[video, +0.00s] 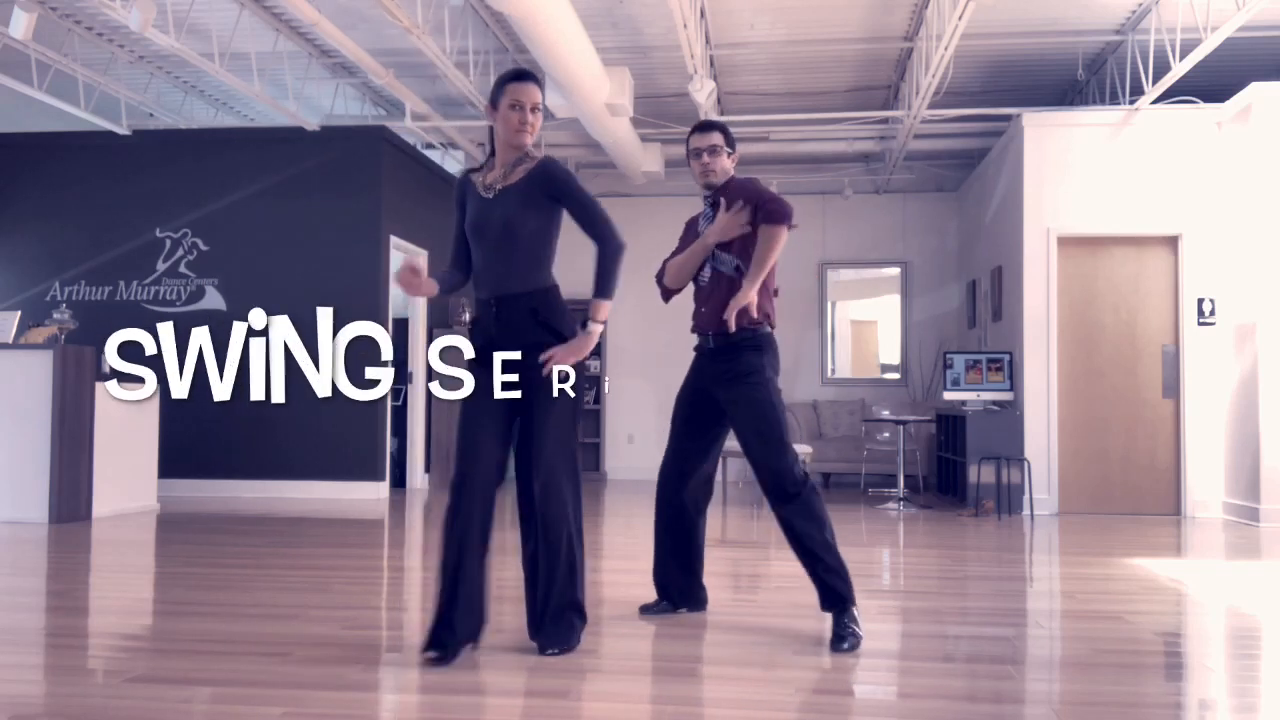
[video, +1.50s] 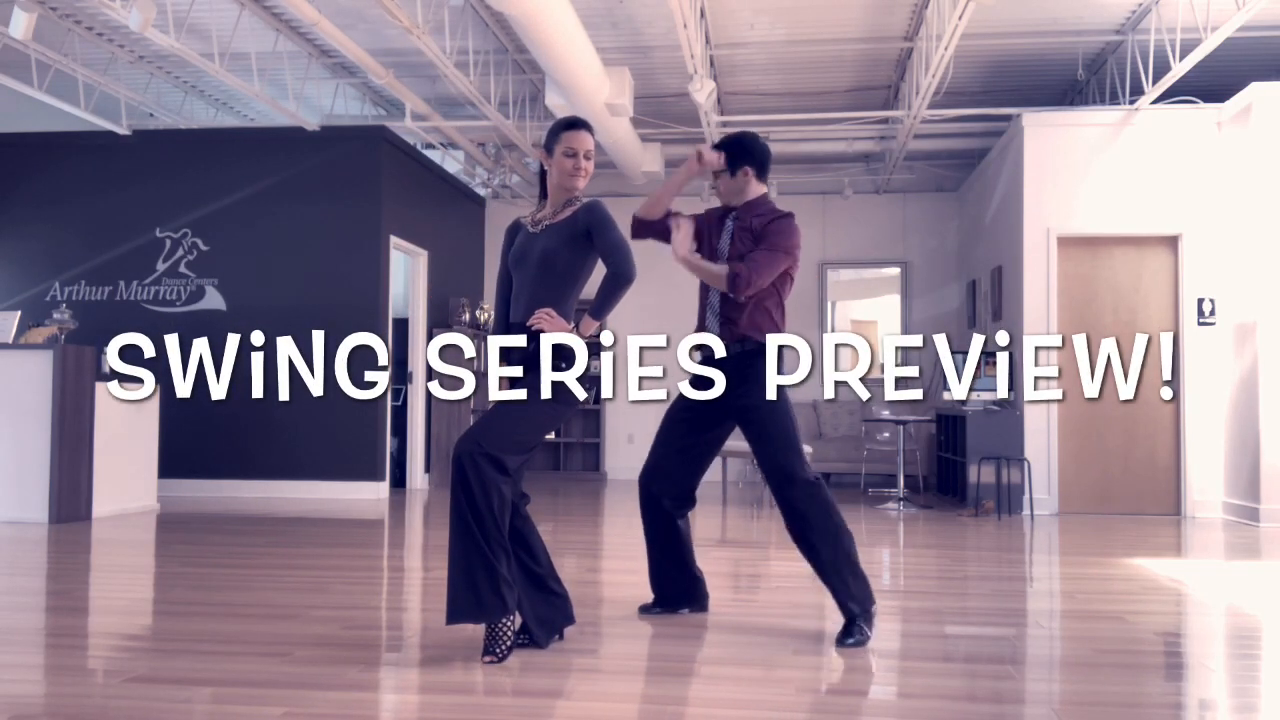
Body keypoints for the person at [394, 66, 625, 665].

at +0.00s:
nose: (528, 118)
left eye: (536, 110)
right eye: (517, 108)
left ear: (543, 119)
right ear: (492, 114)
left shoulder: (550, 174)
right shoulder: (470, 184)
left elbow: (610, 241)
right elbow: (459, 270)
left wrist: (590, 332)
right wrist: (432, 284)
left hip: (547, 333)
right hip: (487, 335)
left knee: (546, 481)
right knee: (473, 482)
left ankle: (558, 625)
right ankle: (455, 628)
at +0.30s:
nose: (555, 139)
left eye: (563, 129)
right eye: (543, 129)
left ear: (571, 138)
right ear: (521, 137)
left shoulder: (576, 186)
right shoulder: (501, 209)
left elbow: (634, 247)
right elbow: (484, 298)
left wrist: (598, 308)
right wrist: (483, 379)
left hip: (561, 353)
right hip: (508, 356)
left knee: (520, 475)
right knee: (506, 480)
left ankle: (563, 611)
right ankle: (545, 611)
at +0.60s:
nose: (571, 154)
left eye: (579, 146)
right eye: (560, 145)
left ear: (587, 154)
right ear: (539, 153)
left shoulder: (588, 203)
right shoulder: (518, 222)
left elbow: (630, 265)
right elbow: (502, 302)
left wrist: (588, 329)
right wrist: (494, 373)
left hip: (561, 367)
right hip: (520, 367)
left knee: (478, 460)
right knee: (501, 480)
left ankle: (533, 605)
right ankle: (552, 604)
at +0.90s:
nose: (575, 160)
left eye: (583, 151)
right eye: (564, 150)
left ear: (591, 161)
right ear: (542, 157)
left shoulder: (590, 209)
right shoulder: (520, 225)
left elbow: (625, 266)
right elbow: (504, 299)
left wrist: (586, 327)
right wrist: (496, 355)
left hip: (559, 368)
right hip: (518, 367)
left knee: (474, 449)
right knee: (502, 485)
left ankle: (503, 601)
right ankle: (546, 607)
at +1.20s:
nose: (577, 164)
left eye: (585, 156)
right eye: (566, 154)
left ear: (591, 165)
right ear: (542, 159)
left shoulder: (588, 212)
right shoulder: (518, 229)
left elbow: (622, 266)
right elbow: (502, 305)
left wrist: (583, 325)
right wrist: (497, 359)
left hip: (558, 372)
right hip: (517, 371)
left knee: (474, 451)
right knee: (499, 487)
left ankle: (501, 604)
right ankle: (546, 608)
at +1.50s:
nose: (581, 164)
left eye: (588, 157)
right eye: (570, 154)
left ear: (594, 166)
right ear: (544, 159)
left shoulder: (591, 213)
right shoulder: (518, 228)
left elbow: (623, 271)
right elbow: (501, 305)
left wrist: (583, 328)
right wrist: (496, 362)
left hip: (560, 371)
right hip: (518, 370)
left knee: (475, 451)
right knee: (499, 486)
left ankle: (502, 605)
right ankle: (546, 608)